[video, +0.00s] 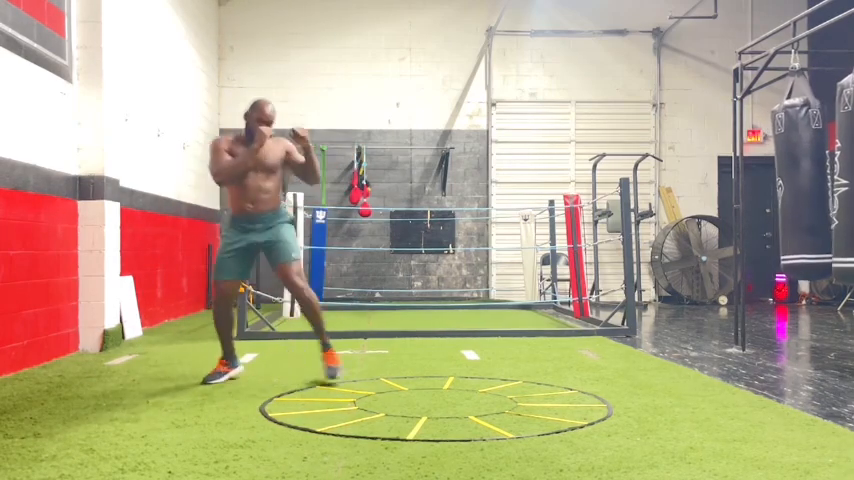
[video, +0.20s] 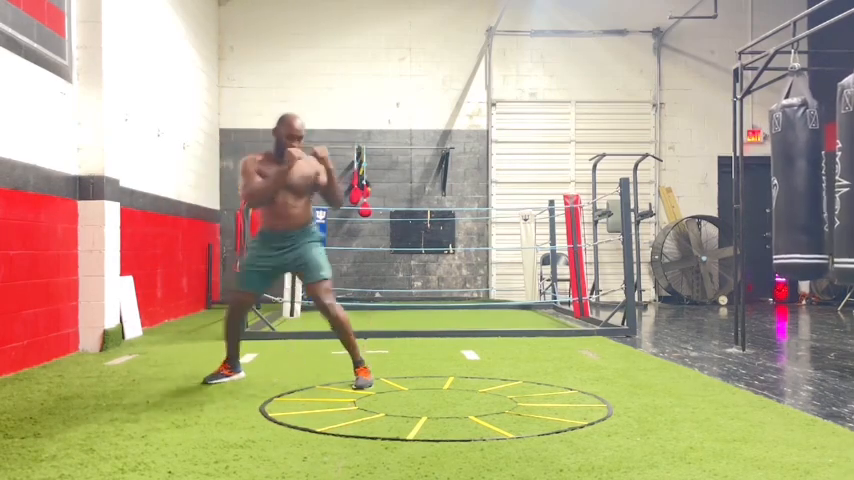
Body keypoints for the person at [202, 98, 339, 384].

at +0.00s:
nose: (265, 128)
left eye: (270, 125)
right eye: (261, 123)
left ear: (274, 124)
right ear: (247, 118)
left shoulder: (282, 146)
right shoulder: (224, 144)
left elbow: (312, 178)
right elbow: (220, 177)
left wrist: (307, 150)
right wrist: (254, 149)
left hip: (275, 223)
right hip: (239, 227)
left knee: (295, 283)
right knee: (223, 294)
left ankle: (327, 347)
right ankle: (229, 361)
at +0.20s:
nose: (296, 143)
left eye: (300, 138)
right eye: (291, 138)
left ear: (304, 138)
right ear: (276, 134)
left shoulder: (312, 165)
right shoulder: (254, 163)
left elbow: (336, 201)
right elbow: (251, 198)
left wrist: (328, 167)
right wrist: (285, 168)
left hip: (304, 241)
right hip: (267, 243)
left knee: (325, 301)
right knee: (238, 303)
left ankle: (360, 366)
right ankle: (232, 364)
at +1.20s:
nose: (331, 143)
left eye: (337, 139)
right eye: (327, 138)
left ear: (343, 136)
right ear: (316, 132)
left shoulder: (356, 162)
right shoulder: (298, 159)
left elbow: (373, 204)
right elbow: (290, 196)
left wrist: (358, 177)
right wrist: (316, 172)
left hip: (343, 237)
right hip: (309, 238)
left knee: (338, 298)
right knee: (297, 301)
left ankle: (367, 361)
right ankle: (311, 360)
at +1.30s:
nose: (334, 133)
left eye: (339, 129)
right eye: (330, 127)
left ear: (345, 126)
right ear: (318, 120)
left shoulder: (355, 148)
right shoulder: (298, 145)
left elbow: (376, 187)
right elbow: (286, 183)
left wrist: (360, 165)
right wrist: (316, 159)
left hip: (346, 224)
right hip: (311, 226)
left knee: (355, 287)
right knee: (300, 292)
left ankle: (374, 356)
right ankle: (309, 355)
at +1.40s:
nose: (336, 130)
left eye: (341, 126)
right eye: (332, 125)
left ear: (347, 123)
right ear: (320, 118)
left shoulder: (356, 143)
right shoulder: (301, 142)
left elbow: (380, 181)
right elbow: (290, 179)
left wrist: (364, 156)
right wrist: (320, 153)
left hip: (349, 219)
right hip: (313, 221)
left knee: (361, 278)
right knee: (301, 286)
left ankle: (385, 345)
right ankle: (306, 351)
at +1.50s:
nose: (339, 141)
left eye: (344, 137)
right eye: (335, 136)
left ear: (350, 134)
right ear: (324, 130)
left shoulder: (358, 155)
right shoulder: (304, 155)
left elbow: (384, 195)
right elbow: (297, 192)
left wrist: (366, 167)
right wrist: (324, 164)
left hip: (352, 231)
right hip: (315, 232)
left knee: (373, 289)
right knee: (302, 293)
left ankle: (404, 340)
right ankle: (295, 361)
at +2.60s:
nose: (366, 136)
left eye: (371, 132)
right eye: (362, 131)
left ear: (377, 132)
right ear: (353, 130)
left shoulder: (390, 155)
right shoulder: (340, 155)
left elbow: (411, 188)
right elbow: (327, 188)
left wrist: (391, 166)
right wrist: (352, 162)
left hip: (383, 225)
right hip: (354, 227)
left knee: (389, 282)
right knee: (350, 290)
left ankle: (413, 344)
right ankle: (359, 346)